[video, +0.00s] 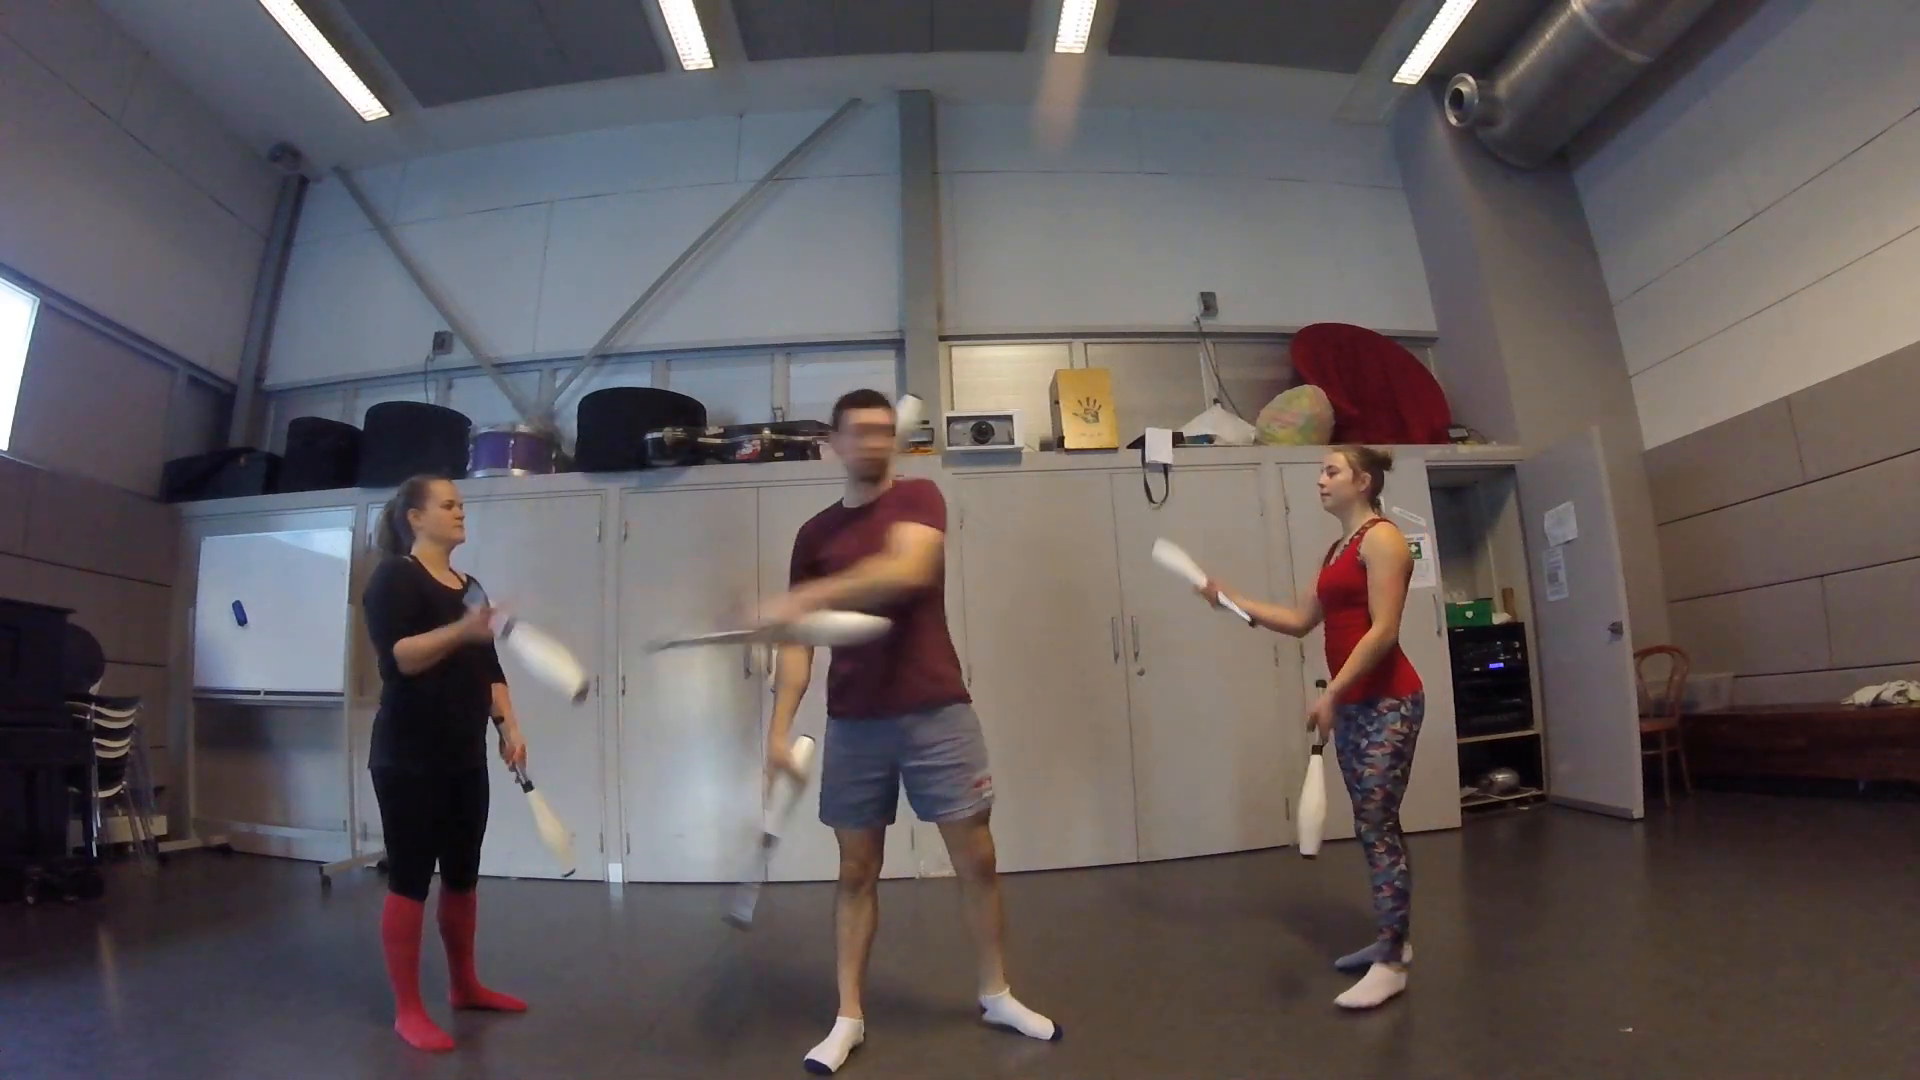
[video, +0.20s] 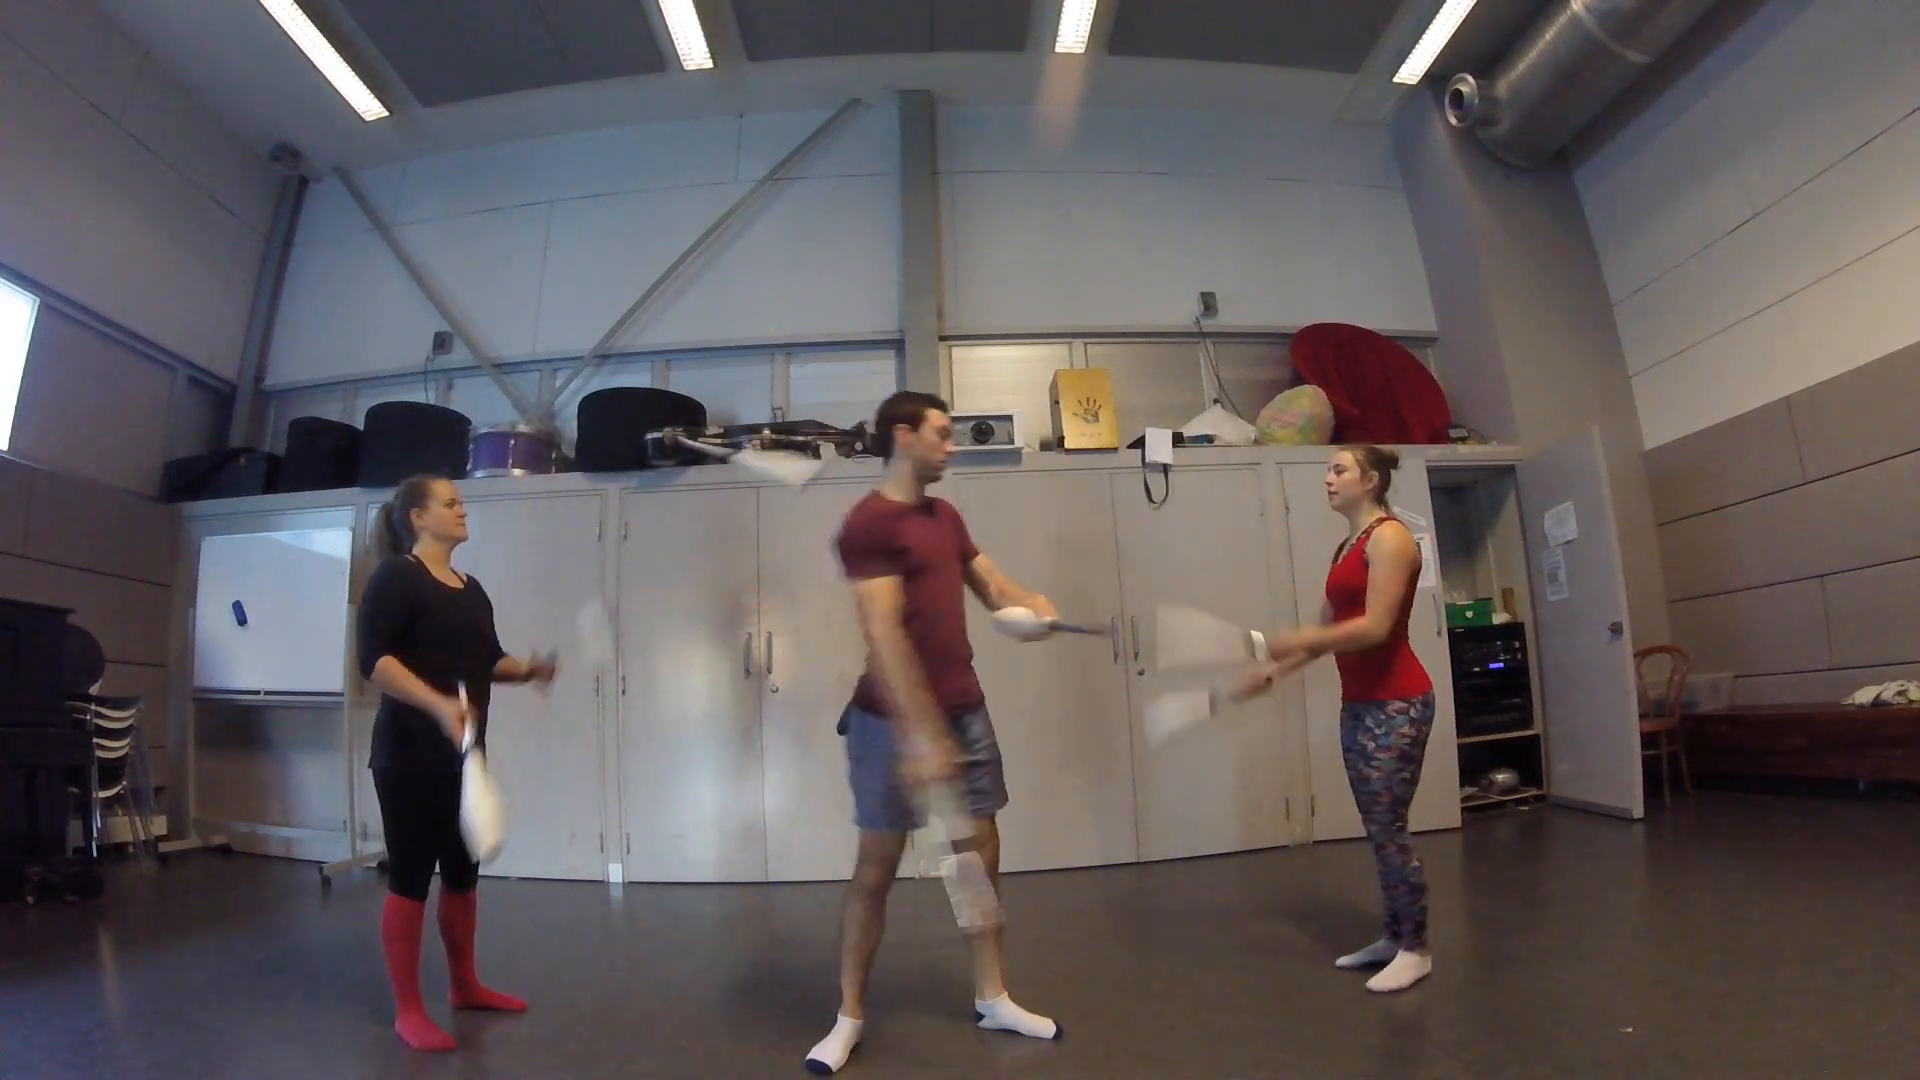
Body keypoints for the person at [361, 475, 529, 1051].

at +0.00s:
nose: (461, 514)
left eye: (461, 505)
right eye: (449, 506)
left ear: (455, 519)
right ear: (415, 517)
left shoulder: (467, 589)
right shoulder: (392, 578)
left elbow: (489, 666)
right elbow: (400, 656)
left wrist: (510, 724)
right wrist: (464, 630)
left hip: (464, 753)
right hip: (407, 755)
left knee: (461, 874)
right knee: (410, 879)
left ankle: (465, 988)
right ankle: (408, 1011)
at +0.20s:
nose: (462, 512)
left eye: (461, 504)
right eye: (450, 504)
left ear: (450, 519)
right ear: (416, 518)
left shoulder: (470, 588)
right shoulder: (395, 577)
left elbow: (487, 662)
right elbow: (375, 662)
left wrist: (528, 670)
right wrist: (441, 704)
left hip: (461, 750)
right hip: (408, 752)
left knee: (462, 868)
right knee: (409, 875)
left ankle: (465, 988)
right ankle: (409, 1011)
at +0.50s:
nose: (462, 515)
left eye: (460, 507)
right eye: (450, 508)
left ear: (447, 523)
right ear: (417, 522)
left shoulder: (462, 591)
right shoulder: (403, 582)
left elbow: (511, 655)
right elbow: (412, 662)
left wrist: (584, 652)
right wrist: (492, 689)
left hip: (467, 755)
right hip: (418, 757)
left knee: (464, 873)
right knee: (420, 877)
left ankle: (466, 988)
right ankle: (409, 1011)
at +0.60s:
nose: (461, 515)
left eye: (460, 506)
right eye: (449, 508)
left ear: (455, 522)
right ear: (417, 522)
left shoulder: (470, 594)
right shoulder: (405, 581)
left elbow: (509, 661)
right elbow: (424, 647)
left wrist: (571, 699)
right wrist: (511, 631)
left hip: (468, 755)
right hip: (419, 757)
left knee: (464, 875)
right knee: (422, 878)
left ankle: (465, 987)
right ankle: (409, 1010)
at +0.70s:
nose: (464, 516)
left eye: (463, 508)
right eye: (451, 509)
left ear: (459, 522)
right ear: (418, 523)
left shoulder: (469, 591)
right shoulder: (406, 579)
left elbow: (505, 665)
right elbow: (447, 626)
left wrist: (557, 715)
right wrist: (516, 582)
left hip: (468, 752)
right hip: (417, 755)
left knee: (464, 875)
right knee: (420, 879)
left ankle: (466, 989)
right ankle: (410, 1011)